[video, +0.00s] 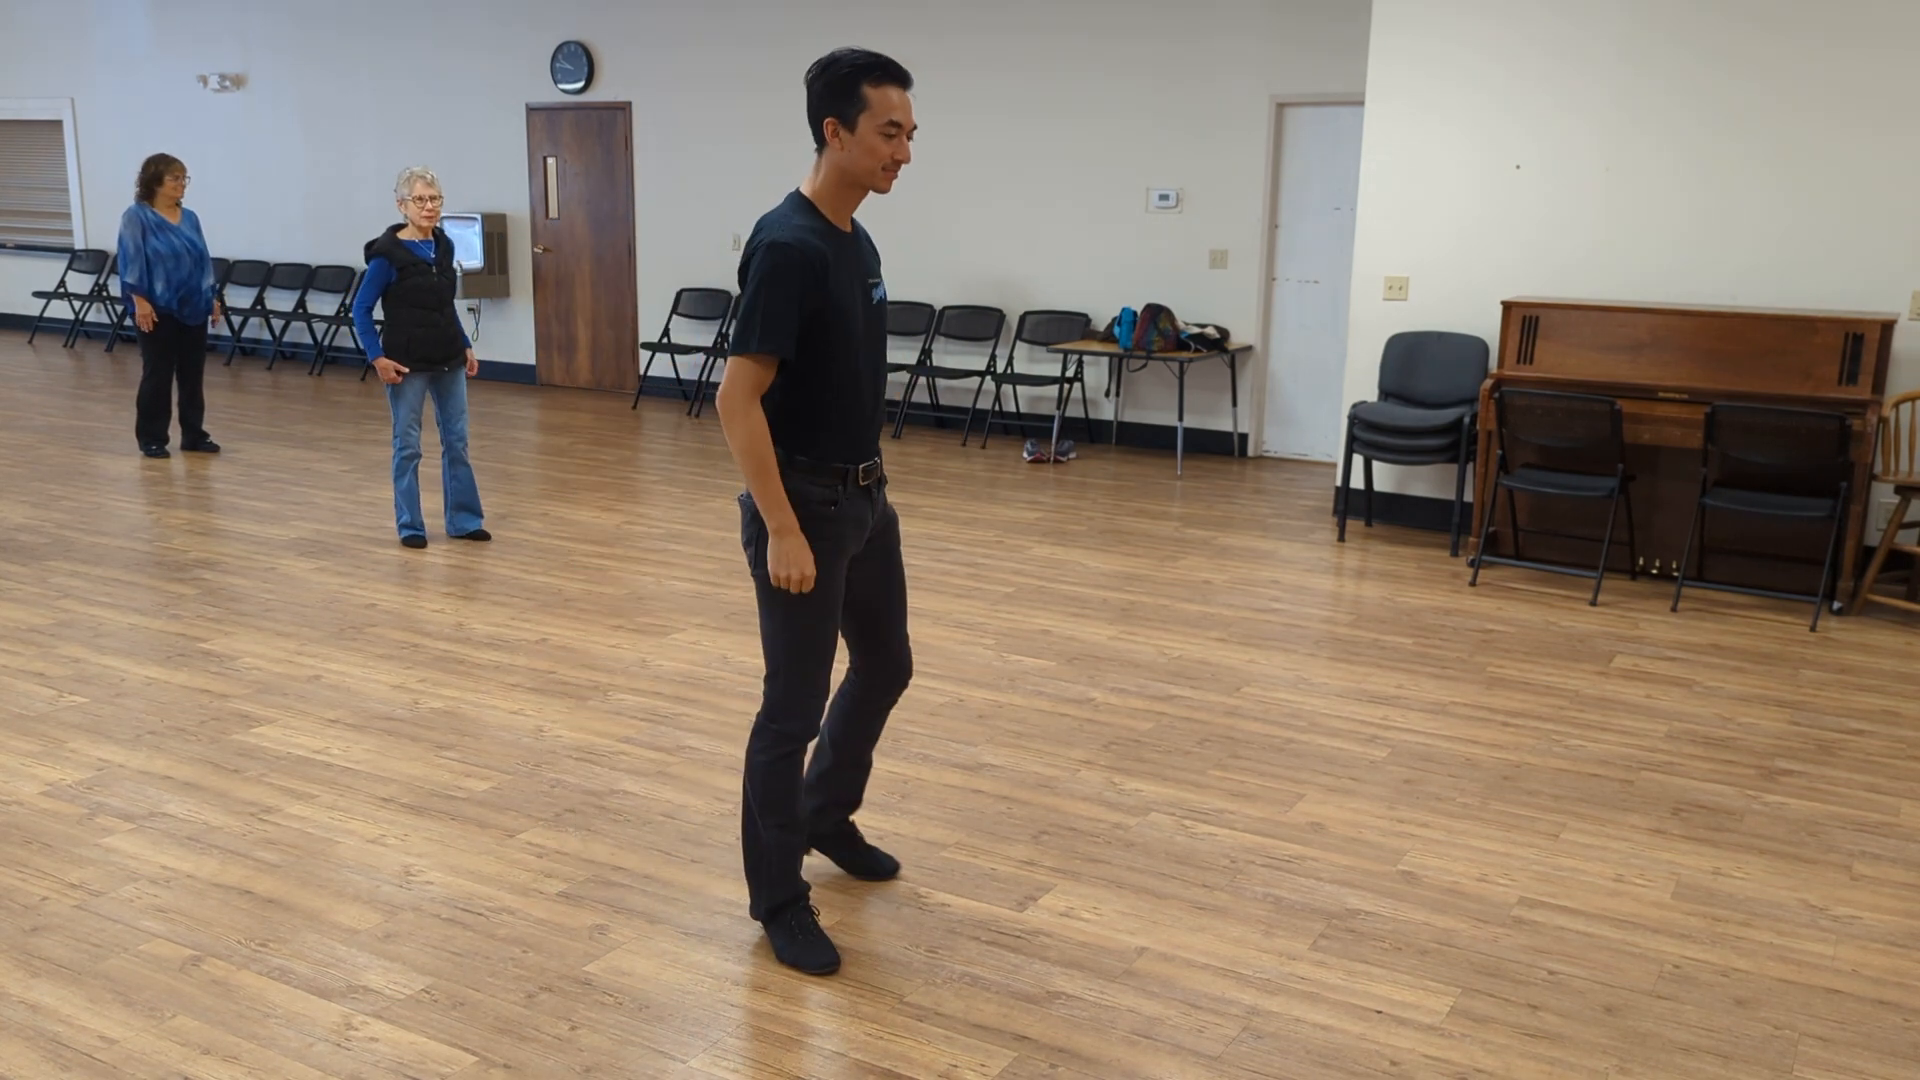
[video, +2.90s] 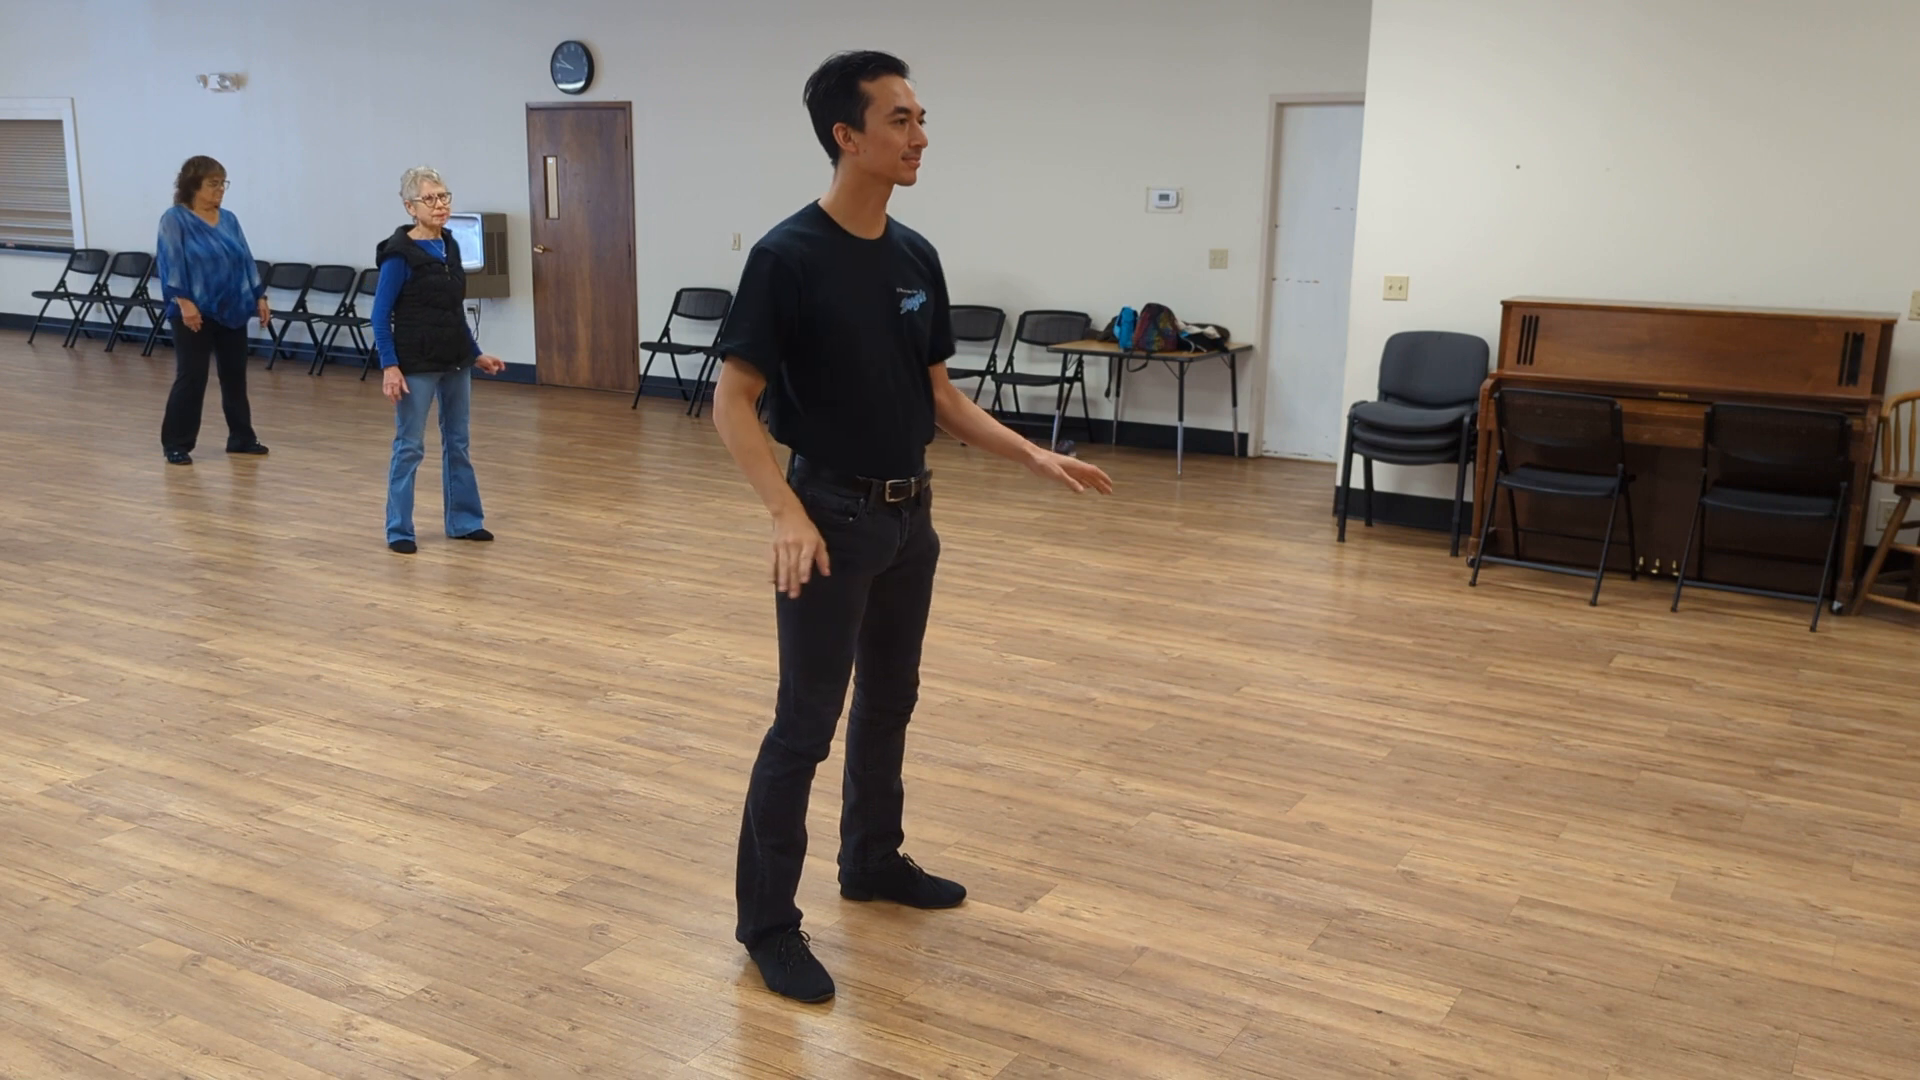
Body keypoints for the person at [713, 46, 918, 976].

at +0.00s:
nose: (906, 148)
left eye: (909, 130)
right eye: (891, 130)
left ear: (867, 136)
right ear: (834, 133)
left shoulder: (856, 242)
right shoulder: (785, 246)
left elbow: (840, 381)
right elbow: (736, 400)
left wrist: (863, 486)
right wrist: (782, 528)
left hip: (862, 502)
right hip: (801, 512)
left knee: (883, 668)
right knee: (791, 710)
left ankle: (824, 813)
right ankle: (777, 900)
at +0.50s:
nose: (921, 145)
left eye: (924, 129)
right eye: (904, 129)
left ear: (908, 136)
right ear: (849, 133)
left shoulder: (903, 245)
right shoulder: (801, 247)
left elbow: (926, 375)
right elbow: (766, 401)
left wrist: (986, 462)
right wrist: (820, 521)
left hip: (898, 499)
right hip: (826, 504)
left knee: (886, 692)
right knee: (820, 710)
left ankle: (873, 859)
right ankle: (782, 899)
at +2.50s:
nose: (911, 145)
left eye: (909, 129)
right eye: (893, 130)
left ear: (868, 147)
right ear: (834, 142)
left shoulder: (865, 247)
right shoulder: (779, 259)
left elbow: (870, 377)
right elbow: (740, 422)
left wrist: (965, 426)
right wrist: (844, 517)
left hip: (867, 515)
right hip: (795, 524)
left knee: (883, 697)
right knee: (796, 730)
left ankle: (871, 861)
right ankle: (766, 926)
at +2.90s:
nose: (920, 135)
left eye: (919, 118)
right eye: (900, 120)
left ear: (898, 134)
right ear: (843, 136)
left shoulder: (915, 256)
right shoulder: (785, 257)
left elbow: (942, 396)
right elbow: (730, 403)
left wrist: (1034, 453)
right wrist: (787, 516)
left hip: (908, 516)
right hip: (828, 519)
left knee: (886, 703)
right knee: (804, 727)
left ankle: (871, 860)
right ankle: (767, 925)